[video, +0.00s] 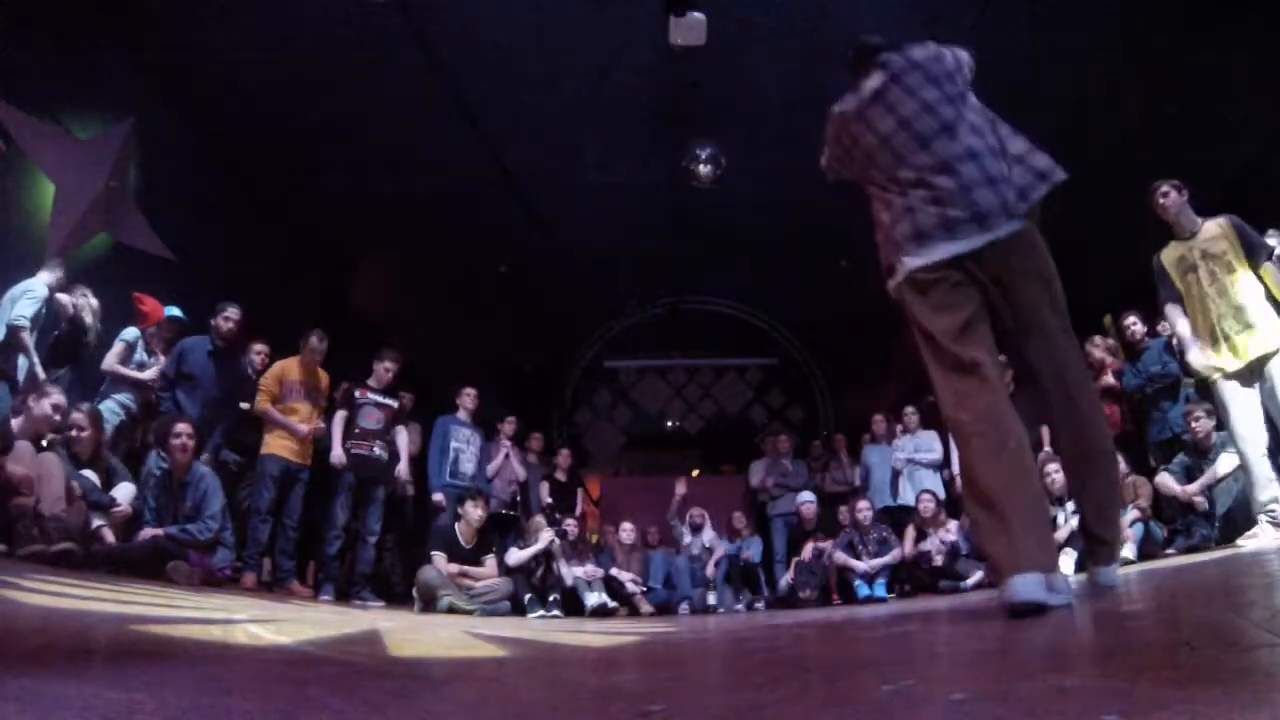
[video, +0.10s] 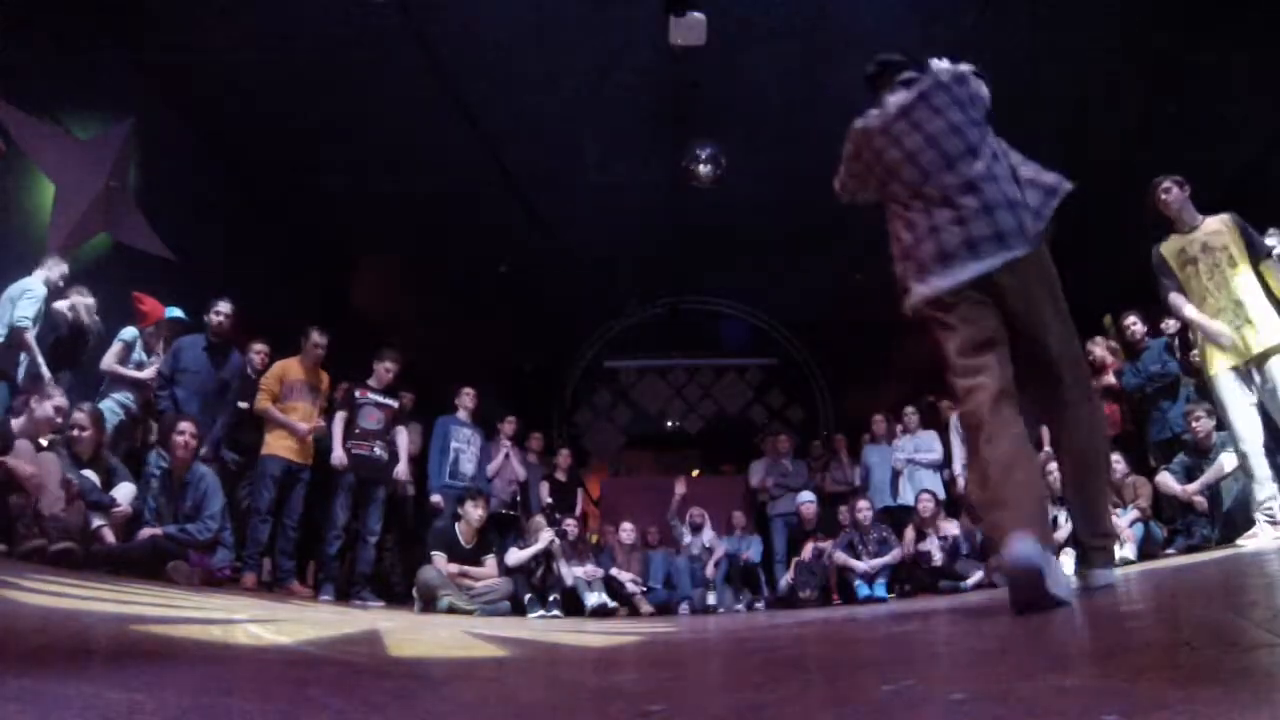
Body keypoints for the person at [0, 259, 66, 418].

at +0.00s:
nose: (58, 287)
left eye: (60, 283)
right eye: (60, 282)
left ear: (41, 271)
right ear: (58, 276)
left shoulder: (20, 288)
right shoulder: (39, 289)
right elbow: (19, 324)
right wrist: (37, 366)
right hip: (8, 375)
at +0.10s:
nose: (62, 284)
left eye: (64, 279)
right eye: (61, 277)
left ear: (44, 269)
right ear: (48, 269)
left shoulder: (19, 285)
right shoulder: (37, 288)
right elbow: (22, 327)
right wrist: (44, 371)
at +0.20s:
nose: (61, 278)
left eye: (64, 274)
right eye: (59, 270)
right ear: (44, 261)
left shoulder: (24, 282)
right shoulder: (35, 287)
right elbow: (23, 327)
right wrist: (46, 367)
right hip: (5, 369)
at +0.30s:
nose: (59, 277)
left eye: (63, 274)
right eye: (57, 269)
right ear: (43, 260)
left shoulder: (27, 282)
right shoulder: (31, 285)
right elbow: (22, 327)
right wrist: (46, 366)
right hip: (5, 367)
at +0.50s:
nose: (61, 278)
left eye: (65, 275)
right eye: (59, 270)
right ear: (45, 261)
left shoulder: (25, 280)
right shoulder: (31, 284)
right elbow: (16, 328)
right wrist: (40, 366)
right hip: (5, 367)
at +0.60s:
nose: (62, 279)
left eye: (66, 275)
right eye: (61, 271)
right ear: (46, 262)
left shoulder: (24, 279)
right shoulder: (33, 284)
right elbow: (16, 325)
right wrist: (37, 366)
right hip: (6, 370)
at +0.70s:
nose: (61, 281)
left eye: (65, 277)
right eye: (61, 274)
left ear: (48, 264)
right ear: (50, 264)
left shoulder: (18, 278)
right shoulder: (35, 286)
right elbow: (17, 326)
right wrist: (37, 366)